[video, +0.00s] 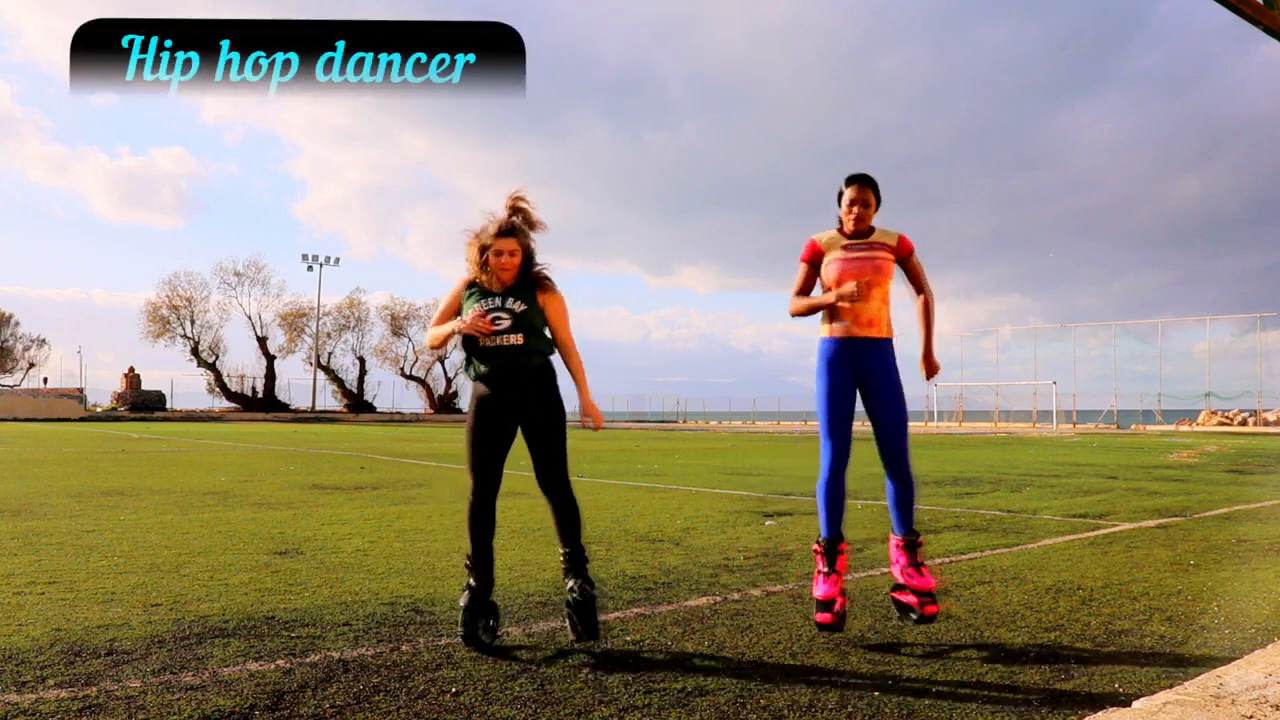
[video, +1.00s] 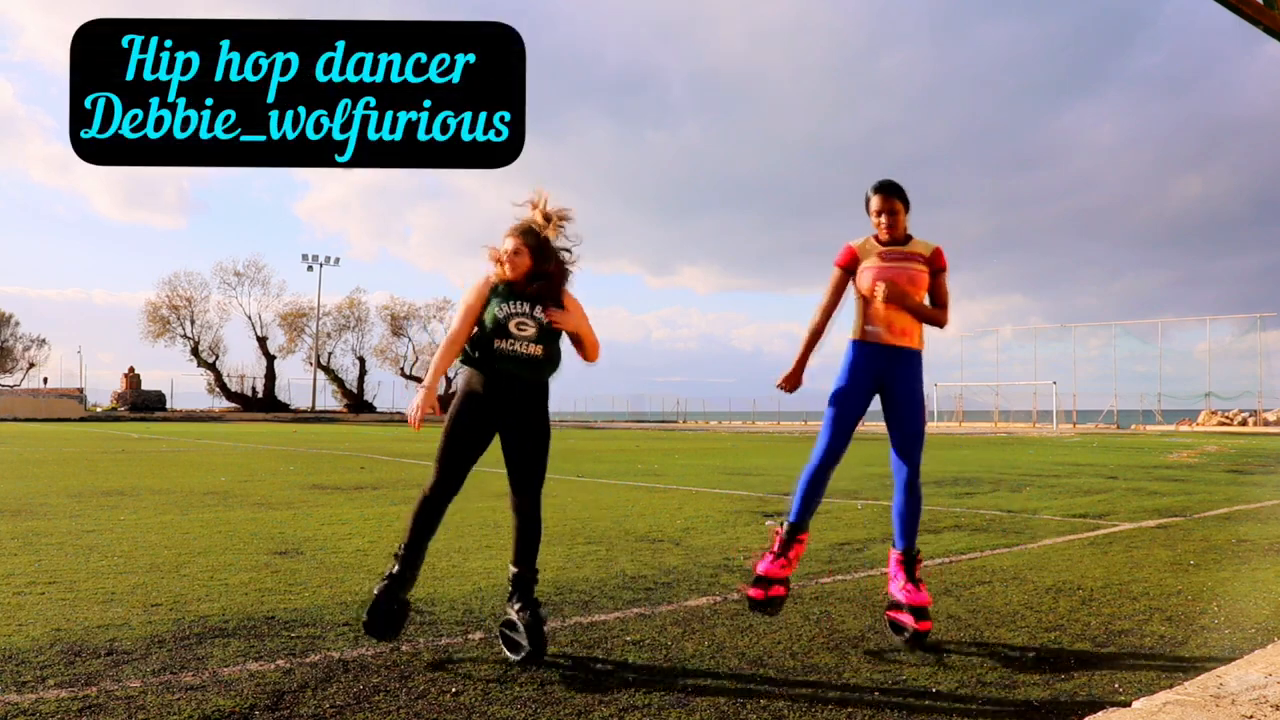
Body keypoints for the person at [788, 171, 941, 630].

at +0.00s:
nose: (857, 210)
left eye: (865, 204)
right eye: (851, 203)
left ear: (876, 210)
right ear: (839, 206)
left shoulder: (895, 245)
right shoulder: (820, 247)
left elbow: (923, 293)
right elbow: (796, 305)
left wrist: (927, 350)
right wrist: (829, 297)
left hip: (880, 354)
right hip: (835, 355)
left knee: (897, 458)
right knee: (833, 459)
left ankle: (906, 554)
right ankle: (829, 560)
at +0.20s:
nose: (845, 253)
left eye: (852, 247)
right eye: (839, 244)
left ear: (861, 252)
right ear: (825, 247)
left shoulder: (877, 289)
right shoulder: (804, 293)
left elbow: (889, 346)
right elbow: (793, 352)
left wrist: (903, 398)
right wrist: (819, 296)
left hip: (883, 394)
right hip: (837, 401)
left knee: (936, 475)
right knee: (844, 499)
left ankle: (1002, 550)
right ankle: (861, 589)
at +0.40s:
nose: (837, 223)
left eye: (844, 217)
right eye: (831, 215)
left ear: (853, 221)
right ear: (816, 217)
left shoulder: (871, 255)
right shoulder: (798, 264)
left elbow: (887, 310)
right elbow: (795, 326)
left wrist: (896, 357)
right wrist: (820, 263)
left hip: (885, 357)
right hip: (842, 369)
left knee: (949, 438)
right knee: (853, 473)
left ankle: (1009, 515)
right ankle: (860, 573)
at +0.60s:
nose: (836, 235)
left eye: (843, 228)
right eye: (830, 227)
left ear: (853, 232)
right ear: (816, 230)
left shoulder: (872, 267)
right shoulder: (799, 276)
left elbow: (899, 325)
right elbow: (797, 336)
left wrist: (926, 379)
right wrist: (818, 276)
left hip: (887, 372)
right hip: (841, 383)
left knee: (951, 456)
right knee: (844, 482)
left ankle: (1017, 526)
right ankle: (848, 582)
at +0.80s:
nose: (855, 234)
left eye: (862, 227)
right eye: (848, 227)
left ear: (872, 231)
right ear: (836, 231)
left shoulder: (893, 271)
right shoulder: (820, 269)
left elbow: (918, 327)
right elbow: (778, 319)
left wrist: (913, 341)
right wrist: (818, 312)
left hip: (893, 375)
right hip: (847, 380)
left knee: (931, 472)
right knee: (850, 485)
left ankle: (958, 557)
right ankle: (848, 584)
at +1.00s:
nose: (886, 221)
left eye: (893, 213)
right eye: (878, 215)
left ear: (907, 213)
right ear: (869, 217)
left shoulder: (929, 255)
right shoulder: (856, 253)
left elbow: (941, 318)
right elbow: (825, 312)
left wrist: (903, 300)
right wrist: (798, 366)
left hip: (906, 365)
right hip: (860, 360)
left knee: (908, 470)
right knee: (825, 453)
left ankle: (904, 568)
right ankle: (787, 545)